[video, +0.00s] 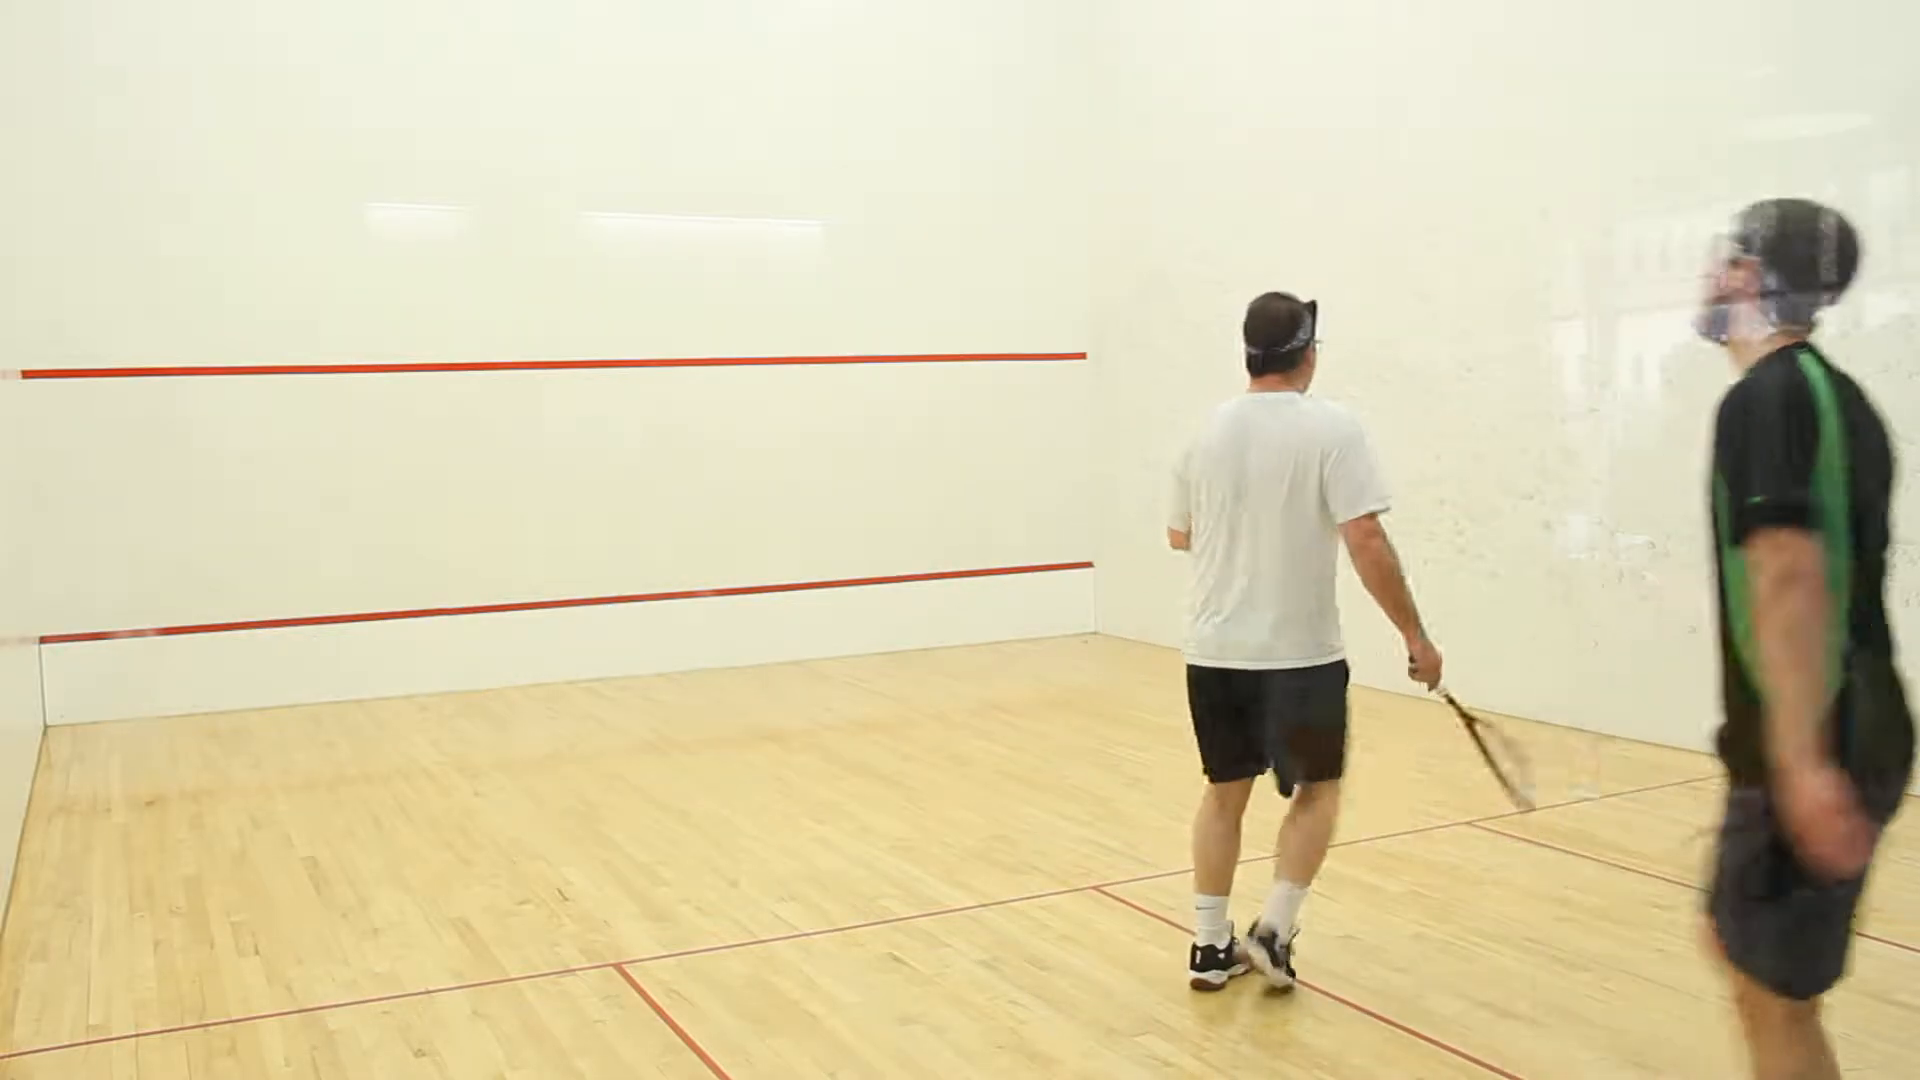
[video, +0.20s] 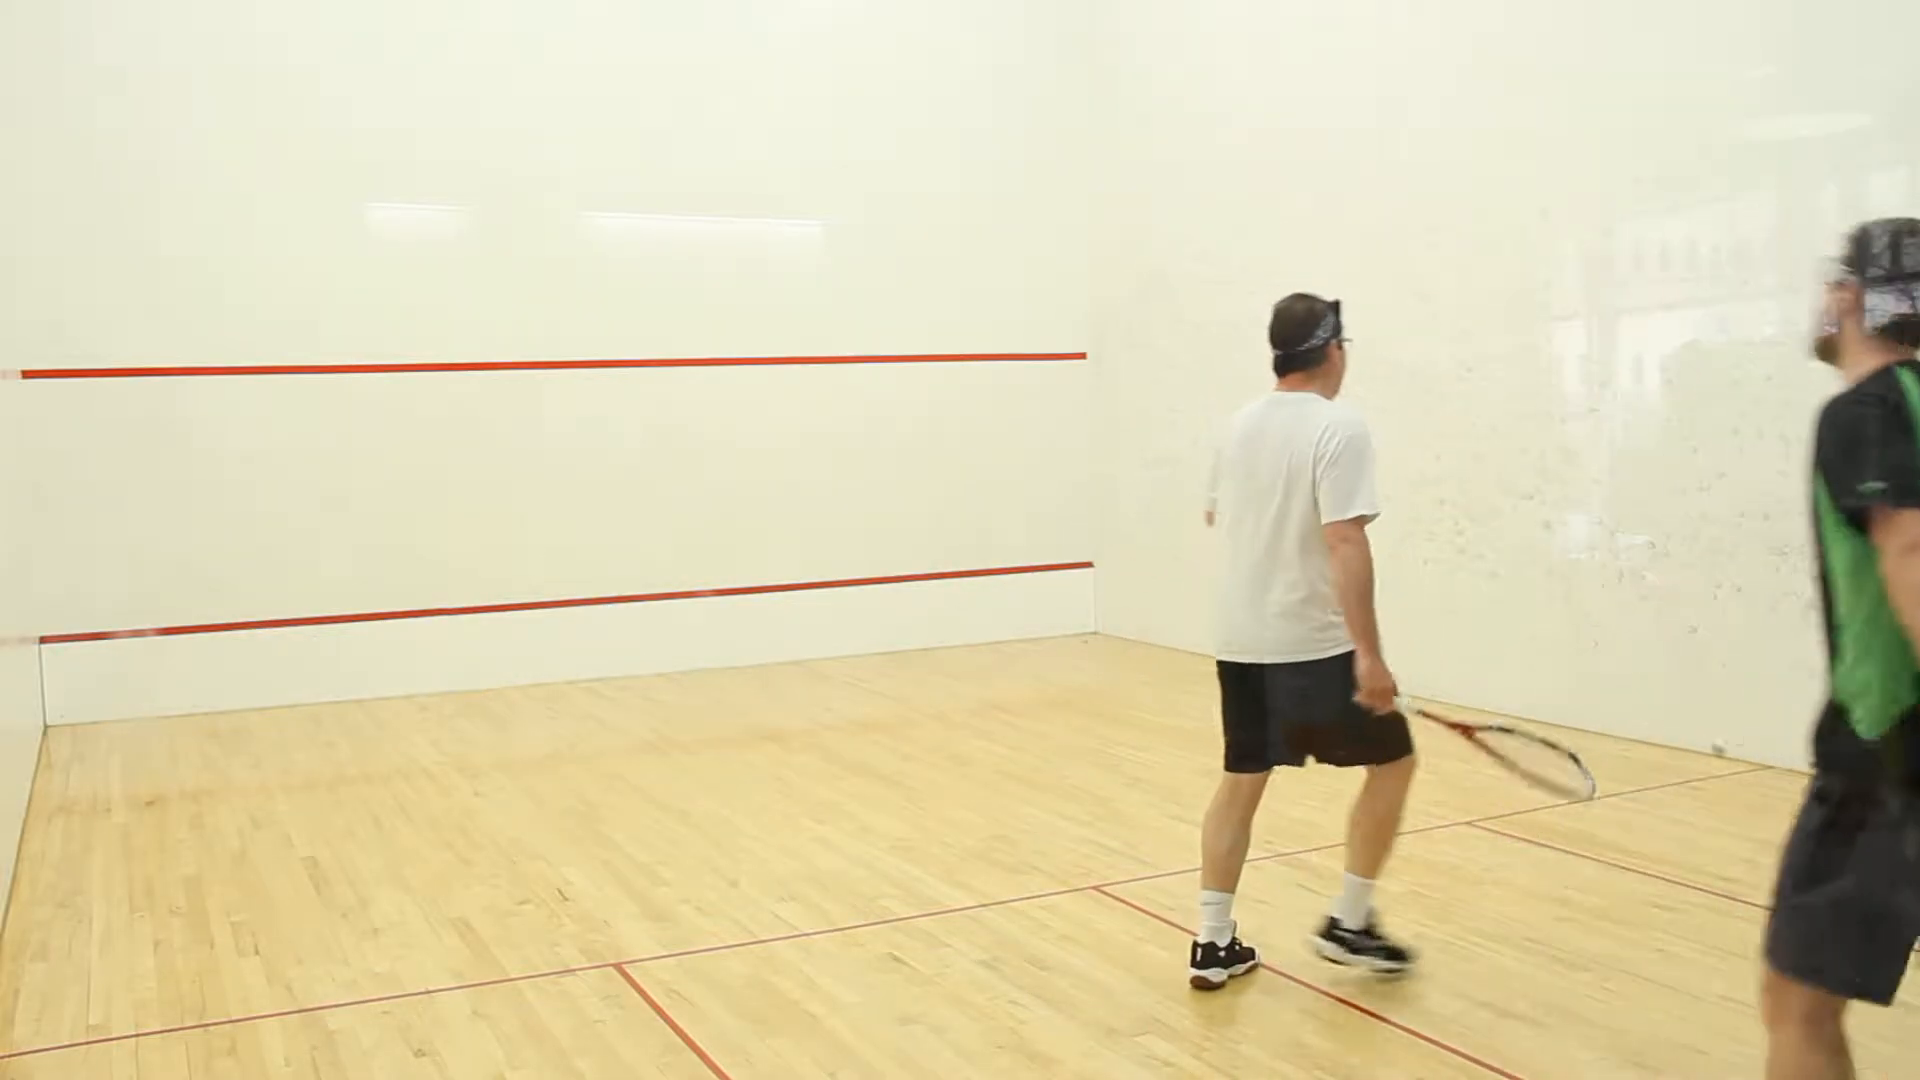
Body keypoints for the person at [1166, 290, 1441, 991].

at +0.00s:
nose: (1318, 357)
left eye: (1310, 347)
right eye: (1316, 348)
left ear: (1247, 355)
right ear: (1308, 355)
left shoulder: (1210, 434)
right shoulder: (1333, 431)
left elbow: (1181, 536)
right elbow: (1366, 543)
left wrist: (1258, 531)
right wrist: (1415, 635)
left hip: (1214, 655)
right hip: (1301, 657)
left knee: (1225, 787)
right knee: (1314, 792)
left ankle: (1210, 943)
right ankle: (1274, 928)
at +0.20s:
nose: (1345, 356)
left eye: (1341, 344)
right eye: (1343, 345)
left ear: (1277, 356)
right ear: (1333, 351)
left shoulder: (1244, 423)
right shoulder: (1338, 428)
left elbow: (1217, 514)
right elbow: (1346, 542)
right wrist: (1369, 654)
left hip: (1240, 649)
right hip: (1313, 652)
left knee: (1242, 775)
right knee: (1393, 758)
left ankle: (1212, 940)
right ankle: (1352, 920)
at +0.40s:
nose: (1404, 366)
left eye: (1402, 354)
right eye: (1401, 354)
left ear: (1338, 358)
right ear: (1385, 357)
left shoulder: (1308, 419)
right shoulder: (1386, 428)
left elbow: (1299, 532)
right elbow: (1370, 539)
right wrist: (1373, 652)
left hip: (1290, 647)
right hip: (1362, 654)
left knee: (1279, 772)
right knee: (1412, 778)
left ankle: (1217, 926)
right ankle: (1412, 929)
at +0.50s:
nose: (1433, 365)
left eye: (1432, 353)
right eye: (1430, 352)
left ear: (1369, 352)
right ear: (1408, 353)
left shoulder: (1333, 416)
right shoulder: (1410, 424)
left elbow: (1337, 531)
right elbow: (1401, 538)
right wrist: (1414, 648)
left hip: (1328, 642)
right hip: (1390, 645)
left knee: (1329, 766)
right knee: (1426, 783)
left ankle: (1240, 896)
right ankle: (1412, 933)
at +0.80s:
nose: (1506, 357)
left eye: (1506, 344)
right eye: (1499, 344)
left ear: (1445, 346)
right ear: (1463, 345)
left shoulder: (1410, 412)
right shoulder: (1465, 416)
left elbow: (1380, 524)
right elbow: (1467, 531)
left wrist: (1381, 605)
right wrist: (1530, 619)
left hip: (1421, 627)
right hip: (1446, 637)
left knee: (1496, 746)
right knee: (1449, 779)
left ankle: (1437, 885)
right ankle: (1413, 931)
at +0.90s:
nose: (1532, 359)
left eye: (1533, 346)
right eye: (1524, 346)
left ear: (1474, 349)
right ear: (1485, 347)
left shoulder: (1435, 413)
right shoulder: (1487, 420)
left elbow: (1403, 523)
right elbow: (1485, 532)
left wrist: (1393, 605)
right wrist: (1547, 622)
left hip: (1463, 632)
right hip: (1465, 637)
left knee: (1518, 753)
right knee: (1459, 778)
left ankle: (1533, 903)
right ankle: (1415, 930)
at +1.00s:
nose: (1556, 362)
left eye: (1556, 349)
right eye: (1549, 348)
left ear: (1499, 350)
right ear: (1513, 348)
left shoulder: (1460, 414)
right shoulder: (1506, 423)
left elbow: (1428, 525)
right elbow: (1502, 540)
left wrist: (1423, 609)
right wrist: (1555, 635)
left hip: (1497, 637)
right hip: (1488, 640)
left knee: (1547, 760)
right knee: (1480, 782)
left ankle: (1576, 912)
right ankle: (1417, 929)